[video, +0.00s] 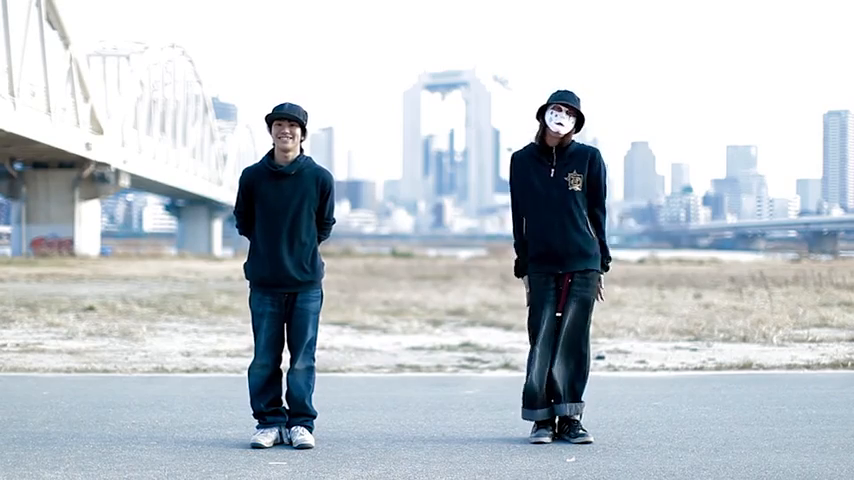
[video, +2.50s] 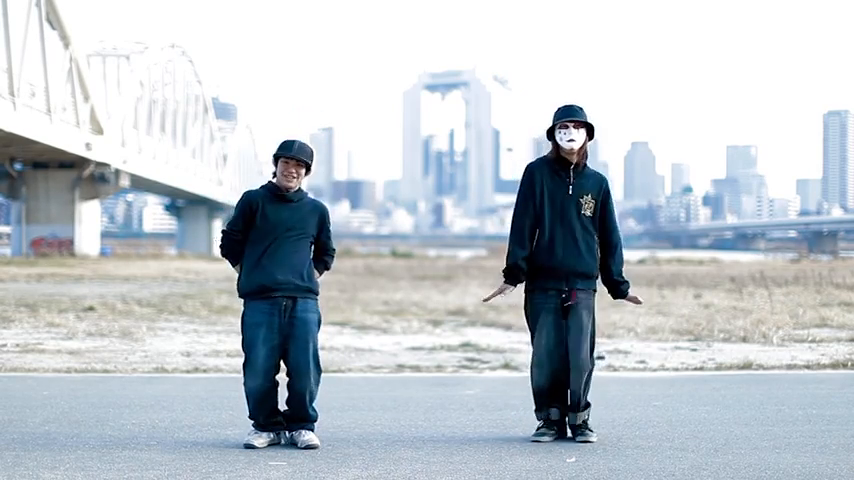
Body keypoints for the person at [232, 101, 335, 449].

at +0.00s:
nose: (285, 134)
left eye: (292, 129)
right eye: (279, 128)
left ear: (302, 134)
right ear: (271, 132)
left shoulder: (320, 178)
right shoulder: (251, 176)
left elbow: (324, 227)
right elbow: (243, 224)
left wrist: (299, 245)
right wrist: (270, 243)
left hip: (306, 280)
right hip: (264, 279)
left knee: (302, 355)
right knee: (265, 355)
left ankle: (300, 424)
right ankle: (268, 424)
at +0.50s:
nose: (284, 133)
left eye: (291, 128)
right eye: (278, 127)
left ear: (301, 134)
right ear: (269, 132)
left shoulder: (318, 177)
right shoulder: (250, 175)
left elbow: (324, 225)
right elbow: (243, 220)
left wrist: (299, 243)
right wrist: (269, 240)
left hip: (306, 279)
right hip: (264, 279)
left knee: (302, 355)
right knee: (264, 355)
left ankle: (300, 424)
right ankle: (268, 424)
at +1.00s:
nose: (321, 163)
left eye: (328, 158)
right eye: (315, 155)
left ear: (334, 165)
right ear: (303, 158)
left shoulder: (338, 204)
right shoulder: (274, 190)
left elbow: (330, 230)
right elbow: (241, 208)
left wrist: (299, 238)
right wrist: (258, 236)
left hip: (301, 286)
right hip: (259, 284)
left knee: (302, 354)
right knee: (258, 354)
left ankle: (298, 424)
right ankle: (266, 422)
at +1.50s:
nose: (286, 169)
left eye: (293, 163)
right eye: (281, 163)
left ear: (302, 168)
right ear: (272, 167)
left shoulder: (321, 205)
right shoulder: (256, 209)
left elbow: (337, 250)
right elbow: (245, 252)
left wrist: (316, 283)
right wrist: (261, 277)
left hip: (300, 300)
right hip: (258, 298)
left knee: (296, 368)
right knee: (251, 371)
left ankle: (300, 428)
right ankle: (266, 427)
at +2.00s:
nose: (235, 173)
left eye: (241, 166)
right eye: (228, 168)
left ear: (252, 170)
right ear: (220, 175)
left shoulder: (281, 201)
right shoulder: (227, 216)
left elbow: (326, 220)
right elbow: (261, 241)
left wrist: (319, 244)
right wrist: (297, 247)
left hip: (318, 280)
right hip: (281, 283)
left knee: (312, 352)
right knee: (275, 351)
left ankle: (303, 424)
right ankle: (270, 423)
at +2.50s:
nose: (291, 170)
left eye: (298, 166)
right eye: (286, 163)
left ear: (306, 172)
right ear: (276, 165)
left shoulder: (317, 210)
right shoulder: (253, 200)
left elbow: (325, 253)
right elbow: (228, 243)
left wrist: (308, 274)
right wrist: (250, 269)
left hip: (303, 298)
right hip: (260, 298)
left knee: (305, 365)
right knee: (258, 367)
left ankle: (301, 427)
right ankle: (265, 428)